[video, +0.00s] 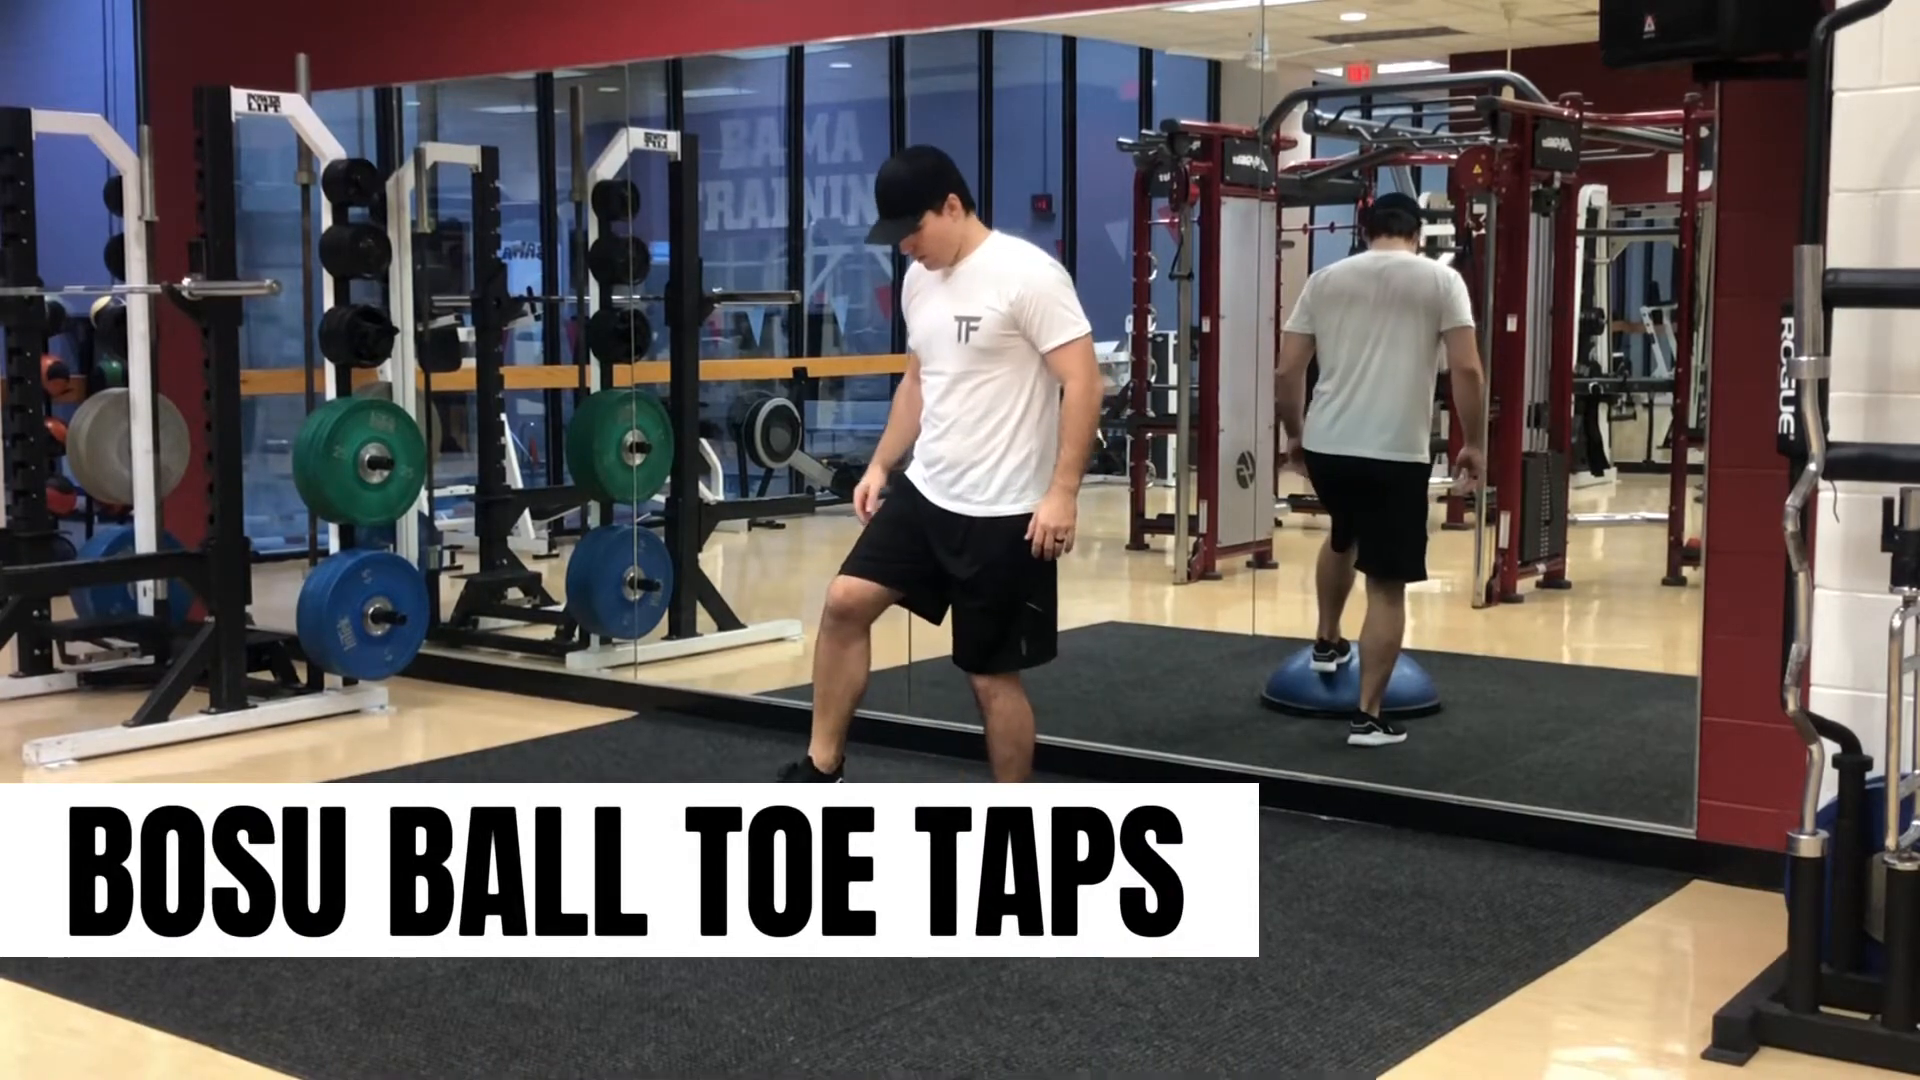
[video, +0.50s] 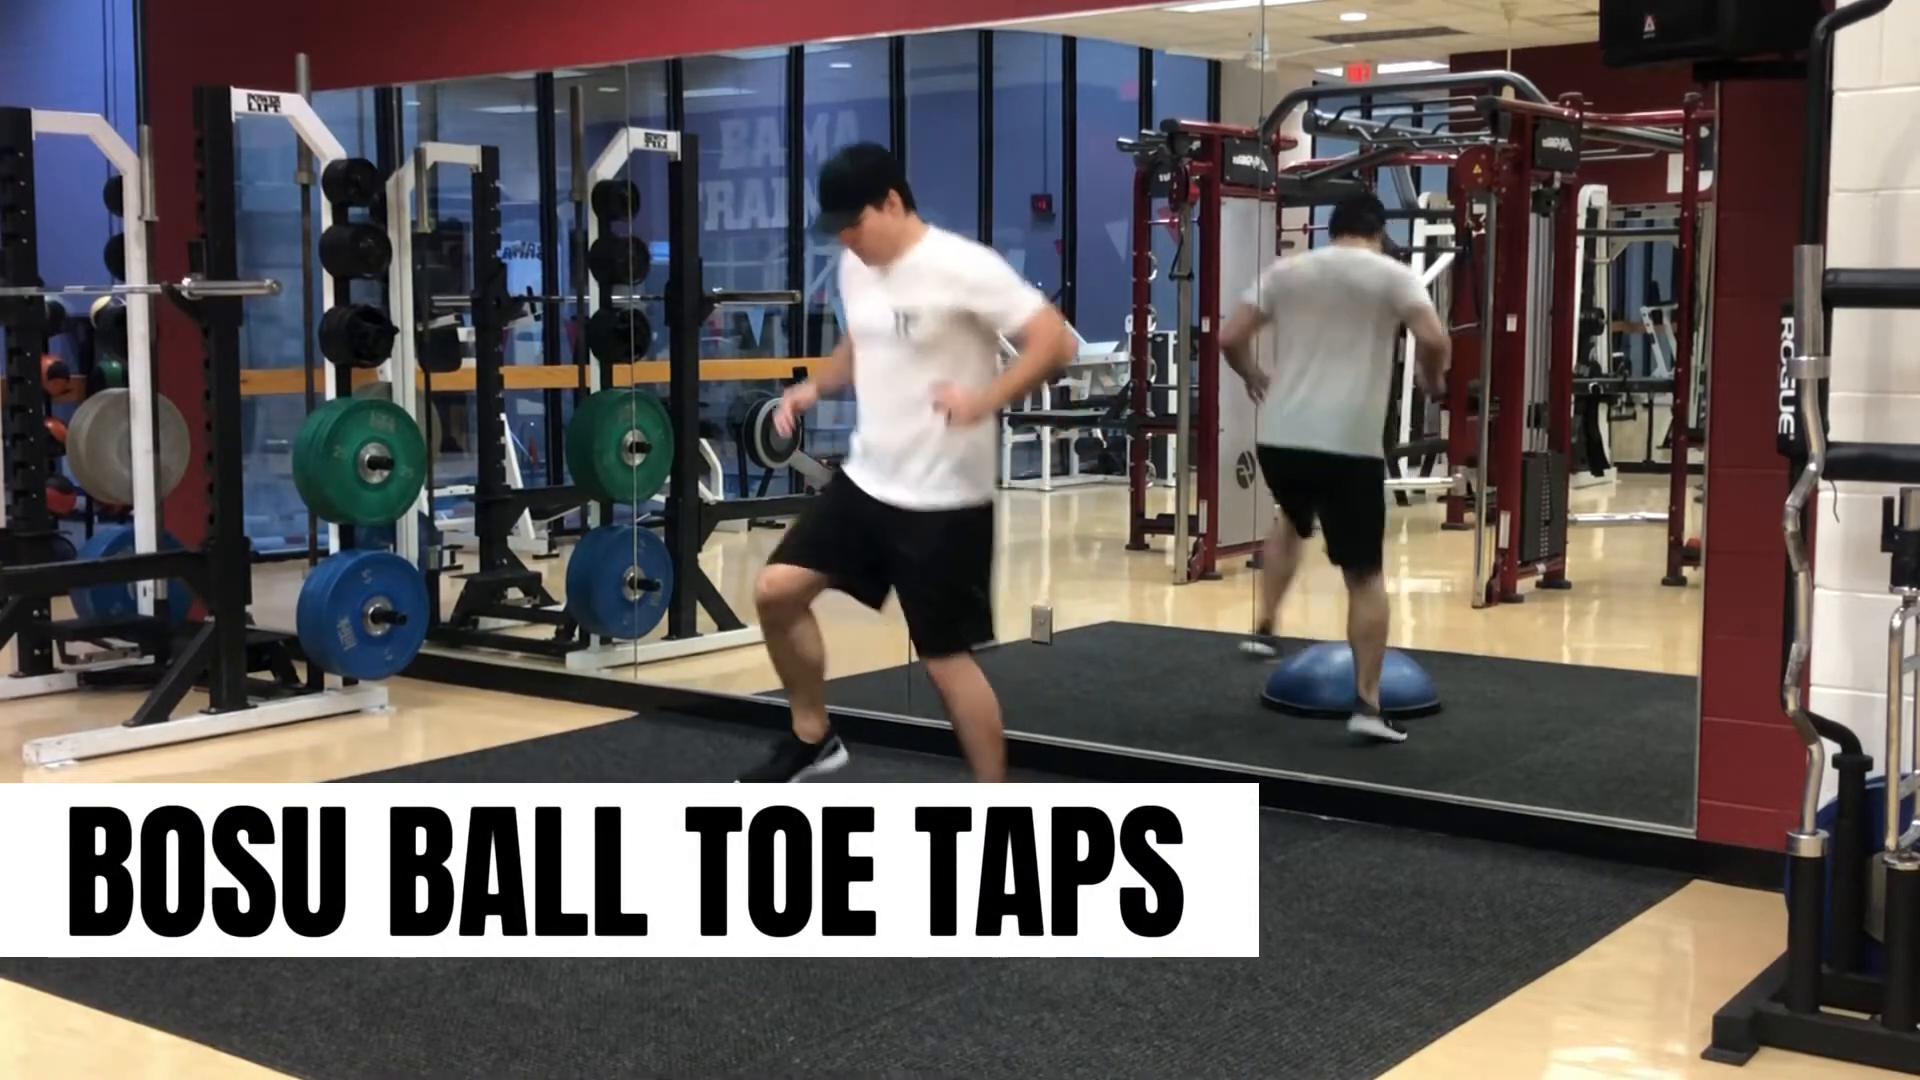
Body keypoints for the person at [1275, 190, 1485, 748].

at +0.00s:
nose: (1415, 243)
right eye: (1418, 236)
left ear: (1366, 234)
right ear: (1417, 236)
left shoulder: (1324, 280)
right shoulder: (1441, 279)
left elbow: (1288, 371)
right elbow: (1466, 370)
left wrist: (1295, 436)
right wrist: (1473, 443)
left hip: (1325, 447)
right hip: (1398, 457)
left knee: (1343, 533)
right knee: (1386, 588)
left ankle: (1326, 644)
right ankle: (1370, 716)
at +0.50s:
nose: (1380, 246)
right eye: (1382, 238)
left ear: (1331, 230)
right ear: (1377, 235)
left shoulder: (1286, 271)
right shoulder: (1395, 276)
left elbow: (1230, 338)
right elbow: (1436, 340)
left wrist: (1253, 375)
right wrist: (1433, 381)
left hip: (1280, 440)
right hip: (1352, 447)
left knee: (1291, 521)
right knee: (1366, 578)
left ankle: (1262, 629)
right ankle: (1368, 706)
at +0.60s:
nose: (1365, 228)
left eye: (1359, 222)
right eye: (1365, 221)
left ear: (1312, 215)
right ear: (1361, 218)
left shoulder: (1265, 254)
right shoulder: (1371, 255)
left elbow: (1212, 321)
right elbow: (1392, 315)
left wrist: (1251, 373)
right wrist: (1390, 362)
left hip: (1267, 420)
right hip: (1335, 425)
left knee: (1261, 534)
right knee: (1370, 543)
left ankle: (1215, 644)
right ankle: (1356, 659)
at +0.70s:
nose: (1344, 245)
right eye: (1343, 238)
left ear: (1294, 233)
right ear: (1340, 237)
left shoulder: (1247, 275)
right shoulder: (1344, 271)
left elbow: (1202, 350)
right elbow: (1348, 335)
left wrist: (1235, 388)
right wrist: (1354, 382)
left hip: (1247, 437)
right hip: (1311, 438)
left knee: (1232, 557)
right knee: (1371, 513)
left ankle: (1187, 677)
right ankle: (1327, 618)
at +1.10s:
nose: (1345, 231)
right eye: (1346, 223)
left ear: (1295, 221)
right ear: (1343, 222)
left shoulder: (1252, 263)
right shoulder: (1362, 256)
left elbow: (1196, 330)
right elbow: (1401, 308)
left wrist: (1229, 376)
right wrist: (1400, 356)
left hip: (1262, 423)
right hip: (1331, 423)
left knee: (1272, 522)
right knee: (1365, 544)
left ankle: (1243, 629)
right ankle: (1379, 665)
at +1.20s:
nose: (1363, 256)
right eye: (1364, 247)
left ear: (1310, 247)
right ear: (1361, 247)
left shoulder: (1270, 284)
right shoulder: (1384, 287)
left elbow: (1216, 344)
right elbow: (1428, 362)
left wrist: (1214, 412)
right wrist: (1415, 404)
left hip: (1270, 448)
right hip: (1342, 450)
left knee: (1300, 515)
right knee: (1370, 576)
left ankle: (1308, 606)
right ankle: (1399, 704)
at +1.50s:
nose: (1354, 230)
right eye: (1355, 222)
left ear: (1303, 218)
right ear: (1350, 221)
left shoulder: (1255, 257)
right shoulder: (1363, 262)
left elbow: (1196, 322)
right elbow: (1396, 323)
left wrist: (1222, 372)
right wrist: (1388, 367)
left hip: (1254, 422)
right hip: (1324, 425)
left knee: (1266, 523)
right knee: (1368, 538)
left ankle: (1224, 628)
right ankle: (1375, 650)